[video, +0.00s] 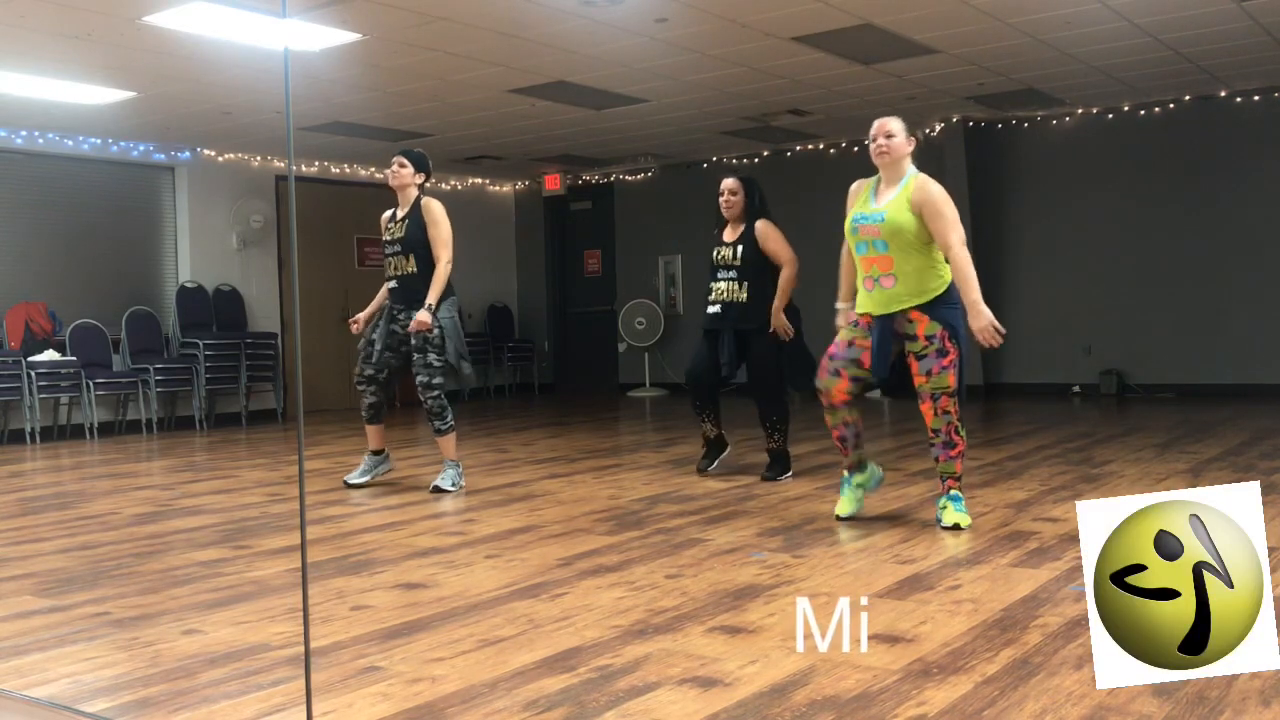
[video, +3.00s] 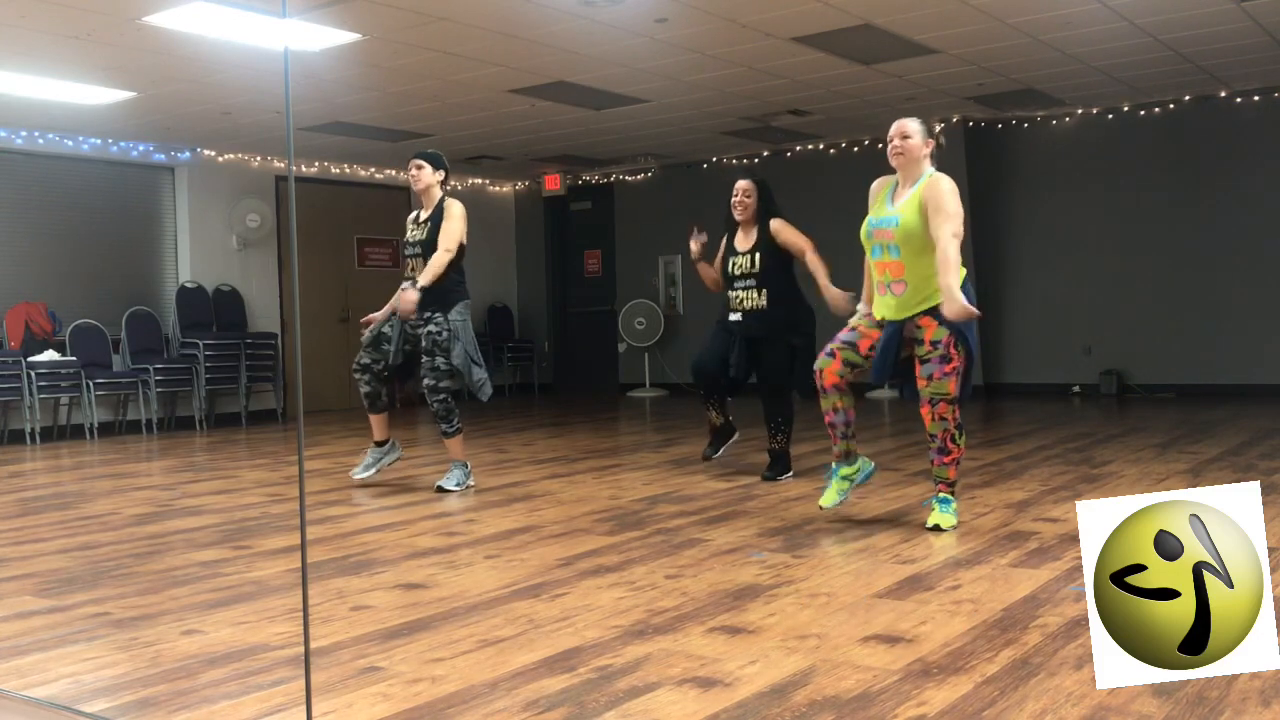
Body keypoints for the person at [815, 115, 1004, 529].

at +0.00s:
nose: (879, 142)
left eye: (889, 135)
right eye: (874, 138)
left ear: (911, 144)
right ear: (869, 151)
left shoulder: (926, 191)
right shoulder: (858, 192)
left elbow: (956, 248)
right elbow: (850, 250)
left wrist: (975, 305)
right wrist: (844, 305)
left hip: (928, 310)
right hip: (873, 312)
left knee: (939, 402)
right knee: (832, 380)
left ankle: (951, 494)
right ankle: (858, 471)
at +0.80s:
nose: (843, 143)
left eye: (851, 136)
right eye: (835, 140)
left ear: (869, 145)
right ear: (828, 154)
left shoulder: (901, 185)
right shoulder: (818, 203)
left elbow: (935, 241)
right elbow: (815, 268)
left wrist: (963, 292)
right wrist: (791, 268)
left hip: (908, 309)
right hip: (851, 318)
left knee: (912, 403)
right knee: (865, 408)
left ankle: (918, 496)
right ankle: (871, 491)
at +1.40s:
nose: (881, 134)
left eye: (891, 127)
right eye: (876, 130)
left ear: (912, 139)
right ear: (869, 144)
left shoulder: (932, 185)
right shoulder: (856, 186)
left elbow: (944, 247)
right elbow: (845, 246)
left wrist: (939, 302)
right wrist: (837, 296)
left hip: (924, 311)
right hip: (870, 314)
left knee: (938, 401)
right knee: (842, 382)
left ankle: (952, 492)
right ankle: (864, 476)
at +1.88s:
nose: (868, 138)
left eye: (876, 131)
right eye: (860, 134)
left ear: (893, 140)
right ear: (851, 147)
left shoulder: (921, 182)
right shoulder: (838, 197)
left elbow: (956, 242)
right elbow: (821, 257)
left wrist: (978, 298)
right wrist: (783, 289)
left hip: (915, 309)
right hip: (857, 314)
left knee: (934, 399)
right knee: (857, 402)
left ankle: (948, 492)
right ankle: (863, 491)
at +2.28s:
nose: (876, 145)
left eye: (885, 137)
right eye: (870, 140)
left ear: (907, 141)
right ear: (865, 148)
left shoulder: (929, 191)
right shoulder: (852, 185)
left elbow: (950, 251)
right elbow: (831, 242)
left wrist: (934, 271)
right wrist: (812, 293)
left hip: (918, 312)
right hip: (864, 315)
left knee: (928, 406)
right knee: (866, 405)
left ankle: (942, 496)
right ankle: (866, 493)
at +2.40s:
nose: (884, 142)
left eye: (892, 134)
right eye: (879, 138)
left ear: (917, 138)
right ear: (875, 148)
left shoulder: (937, 189)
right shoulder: (868, 184)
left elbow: (952, 255)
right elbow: (859, 246)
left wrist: (925, 251)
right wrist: (855, 303)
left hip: (925, 313)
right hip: (875, 312)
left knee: (932, 404)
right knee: (840, 383)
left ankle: (942, 495)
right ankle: (857, 479)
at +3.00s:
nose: (894, 143)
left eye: (904, 136)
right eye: (889, 139)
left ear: (928, 146)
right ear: (887, 150)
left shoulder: (939, 187)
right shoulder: (880, 188)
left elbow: (948, 239)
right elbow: (873, 250)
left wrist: (950, 294)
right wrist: (866, 304)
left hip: (933, 314)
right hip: (883, 315)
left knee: (938, 405)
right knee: (829, 368)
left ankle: (944, 496)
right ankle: (848, 463)